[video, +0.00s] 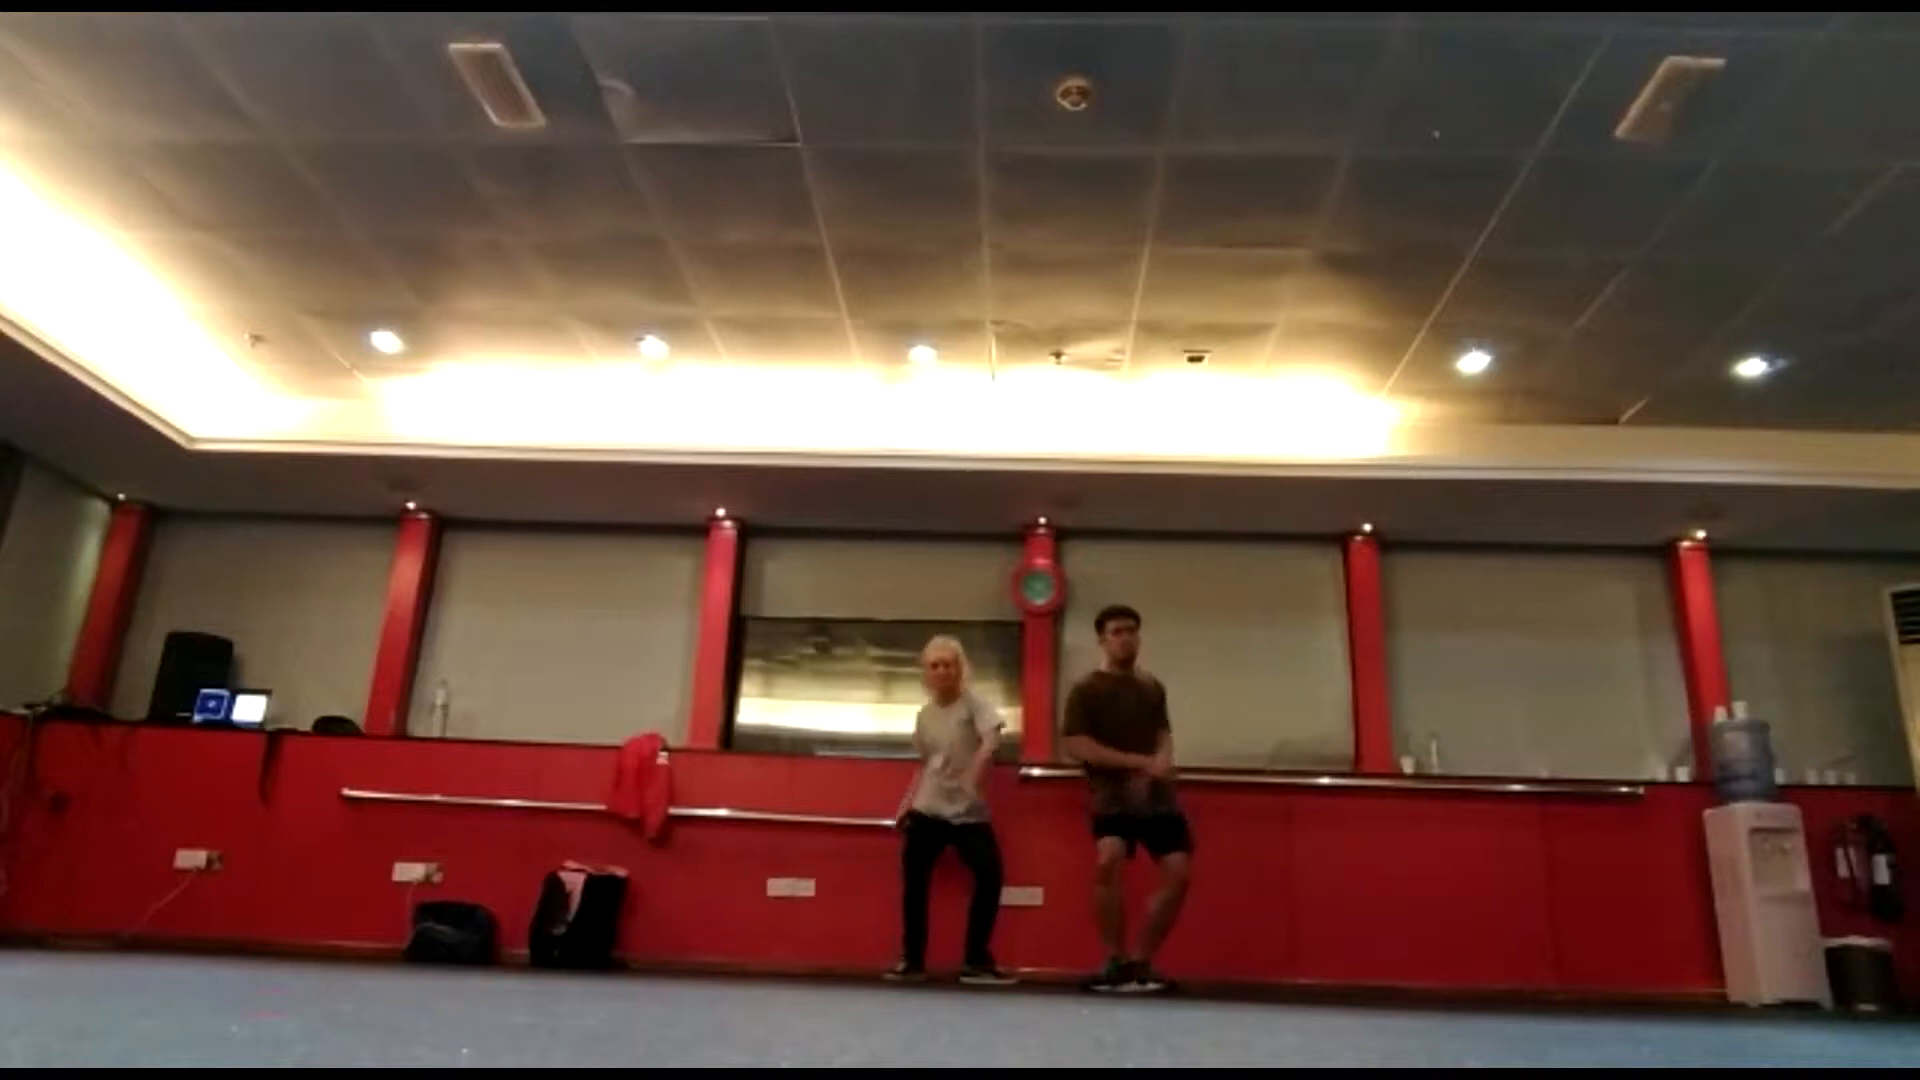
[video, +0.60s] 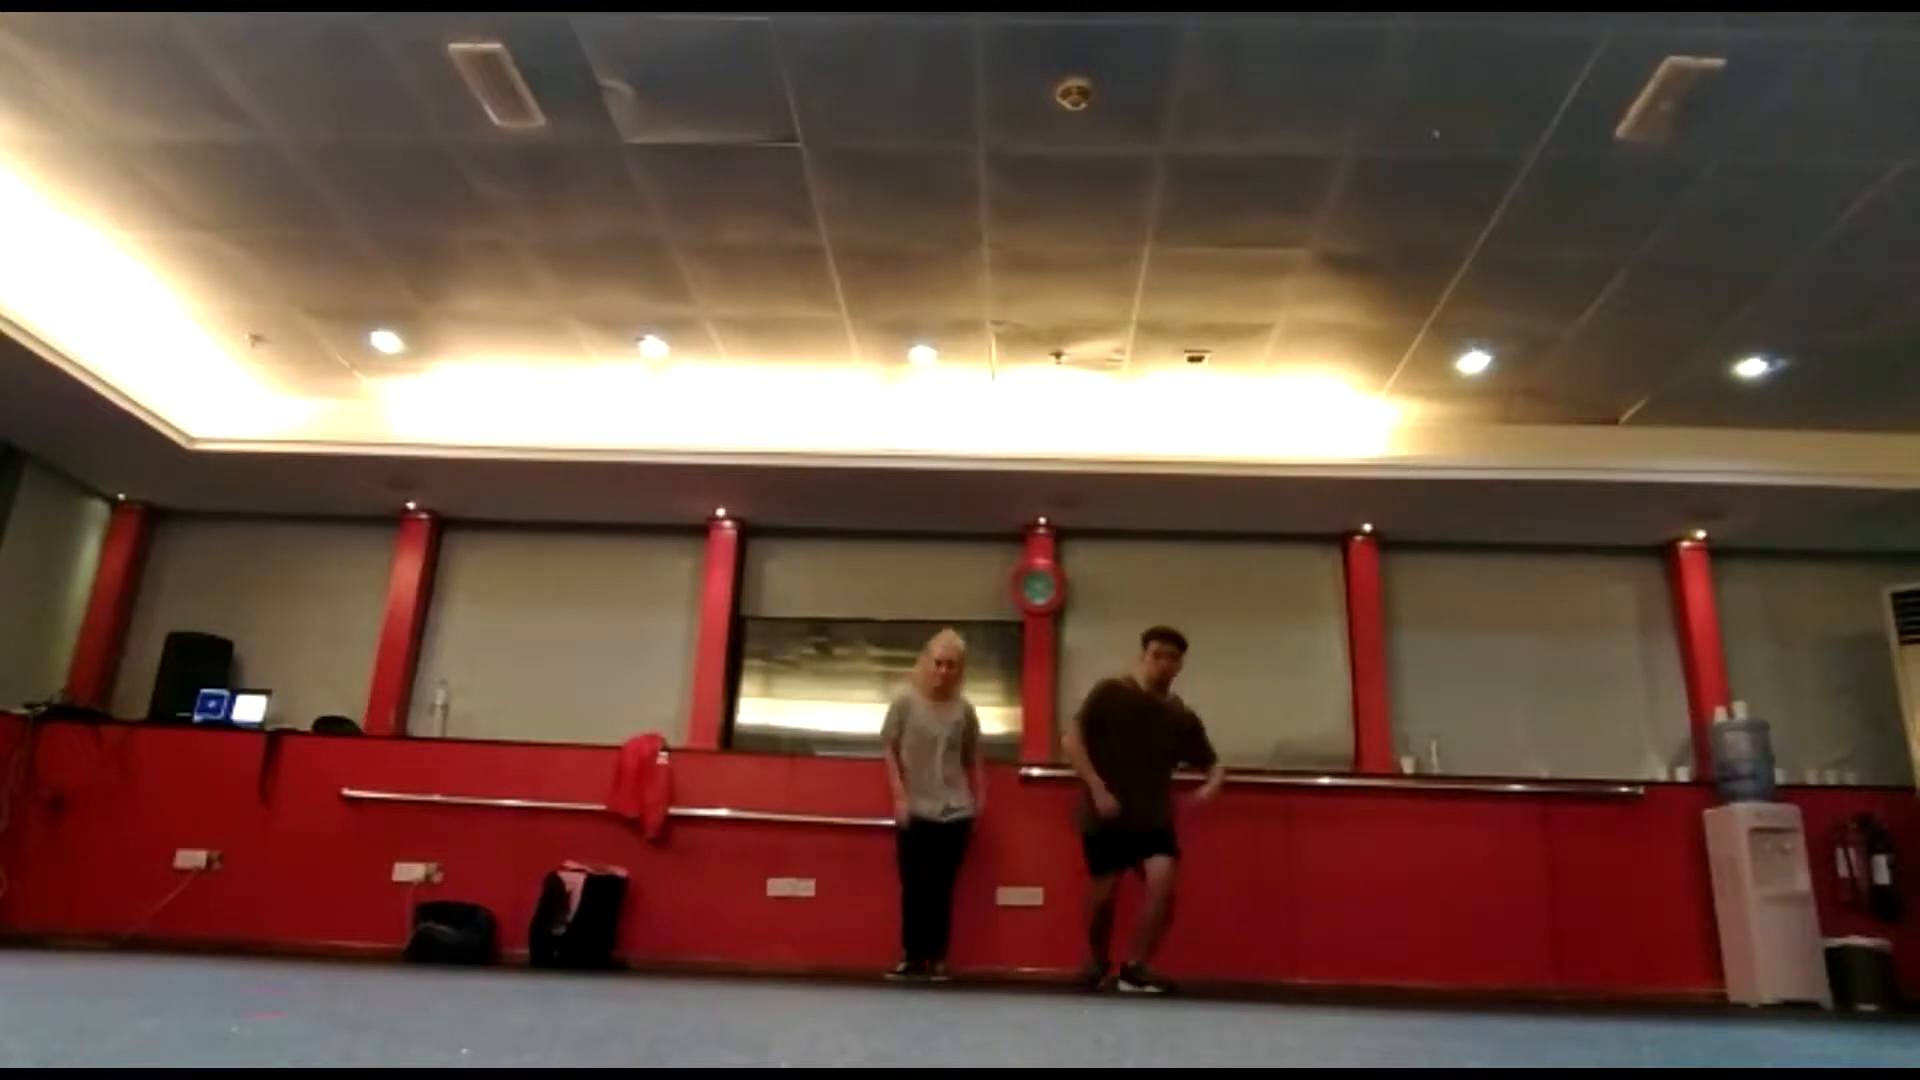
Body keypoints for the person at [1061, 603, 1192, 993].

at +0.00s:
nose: (1124, 639)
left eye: (1130, 631)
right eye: (1115, 632)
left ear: (1139, 637)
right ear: (1101, 640)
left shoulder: (1151, 689)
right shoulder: (1086, 690)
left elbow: (1162, 734)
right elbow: (1075, 744)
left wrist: (1162, 762)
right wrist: (1136, 762)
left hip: (1152, 791)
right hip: (1111, 793)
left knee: (1177, 869)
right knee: (1109, 858)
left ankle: (1142, 960)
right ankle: (1114, 957)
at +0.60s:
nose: (1162, 664)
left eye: (1170, 658)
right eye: (1157, 655)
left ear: (1180, 665)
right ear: (1143, 656)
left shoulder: (1179, 715)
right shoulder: (1110, 693)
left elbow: (1214, 764)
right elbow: (1073, 739)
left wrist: (1208, 788)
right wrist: (1098, 789)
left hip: (1154, 807)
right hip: (1108, 803)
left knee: (1162, 879)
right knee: (1104, 887)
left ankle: (1136, 965)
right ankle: (1098, 963)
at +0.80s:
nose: (1171, 619)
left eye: (1180, 612)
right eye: (1166, 610)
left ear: (1192, 619)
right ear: (1154, 613)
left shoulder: (1195, 675)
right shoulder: (1123, 645)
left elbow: (1183, 736)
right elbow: (1090, 691)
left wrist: (1179, 790)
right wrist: (1104, 737)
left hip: (1158, 763)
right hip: (1115, 752)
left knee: (1154, 851)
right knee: (1113, 809)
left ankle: (1141, 948)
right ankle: (1106, 850)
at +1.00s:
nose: (1154, 610)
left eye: (1162, 602)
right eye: (1147, 603)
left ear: (1177, 607)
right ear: (1137, 609)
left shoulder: (1197, 660)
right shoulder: (1122, 646)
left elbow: (1188, 730)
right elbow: (1097, 692)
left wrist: (1172, 788)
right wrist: (1120, 732)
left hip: (1173, 754)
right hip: (1131, 745)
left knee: (1162, 846)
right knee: (1137, 797)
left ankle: (1151, 948)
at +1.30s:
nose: (1122, 647)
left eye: (1129, 637)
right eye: (1113, 641)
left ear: (1145, 638)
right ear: (1105, 648)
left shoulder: (1187, 670)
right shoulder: (1118, 698)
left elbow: (1249, 695)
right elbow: (1119, 753)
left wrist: (1200, 731)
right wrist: (1143, 766)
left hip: (1210, 783)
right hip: (1162, 785)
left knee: (1191, 879)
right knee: (1170, 845)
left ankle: (1153, 950)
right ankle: (1188, 958)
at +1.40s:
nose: (1132, 614)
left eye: (1138, 603)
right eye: (1124, 608)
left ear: (1156, 604)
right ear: (1116, 616)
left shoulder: (1198, 636)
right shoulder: (1122, 666)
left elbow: (1250, 665)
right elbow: (1111, 728)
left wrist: (1219, 708)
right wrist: (1158, 734)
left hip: (1216, 759)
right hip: (1165, 764)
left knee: (1223, 852)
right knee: (1176, 844)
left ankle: (1196, 880)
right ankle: (1188, 959)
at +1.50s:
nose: (1147, 592)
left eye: (1153, 581)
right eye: (1138, 584)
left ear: (1171, 582)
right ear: (1128, 591)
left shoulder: (1206, 615)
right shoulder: (1126, 640)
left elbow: (1256, 630)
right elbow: (1070, 676)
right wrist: (1104, 701)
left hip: (1218, 742)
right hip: (1166, 751)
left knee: (1234, 821)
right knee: (1179, 845)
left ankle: (1232, 834)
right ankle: (1188, 960)